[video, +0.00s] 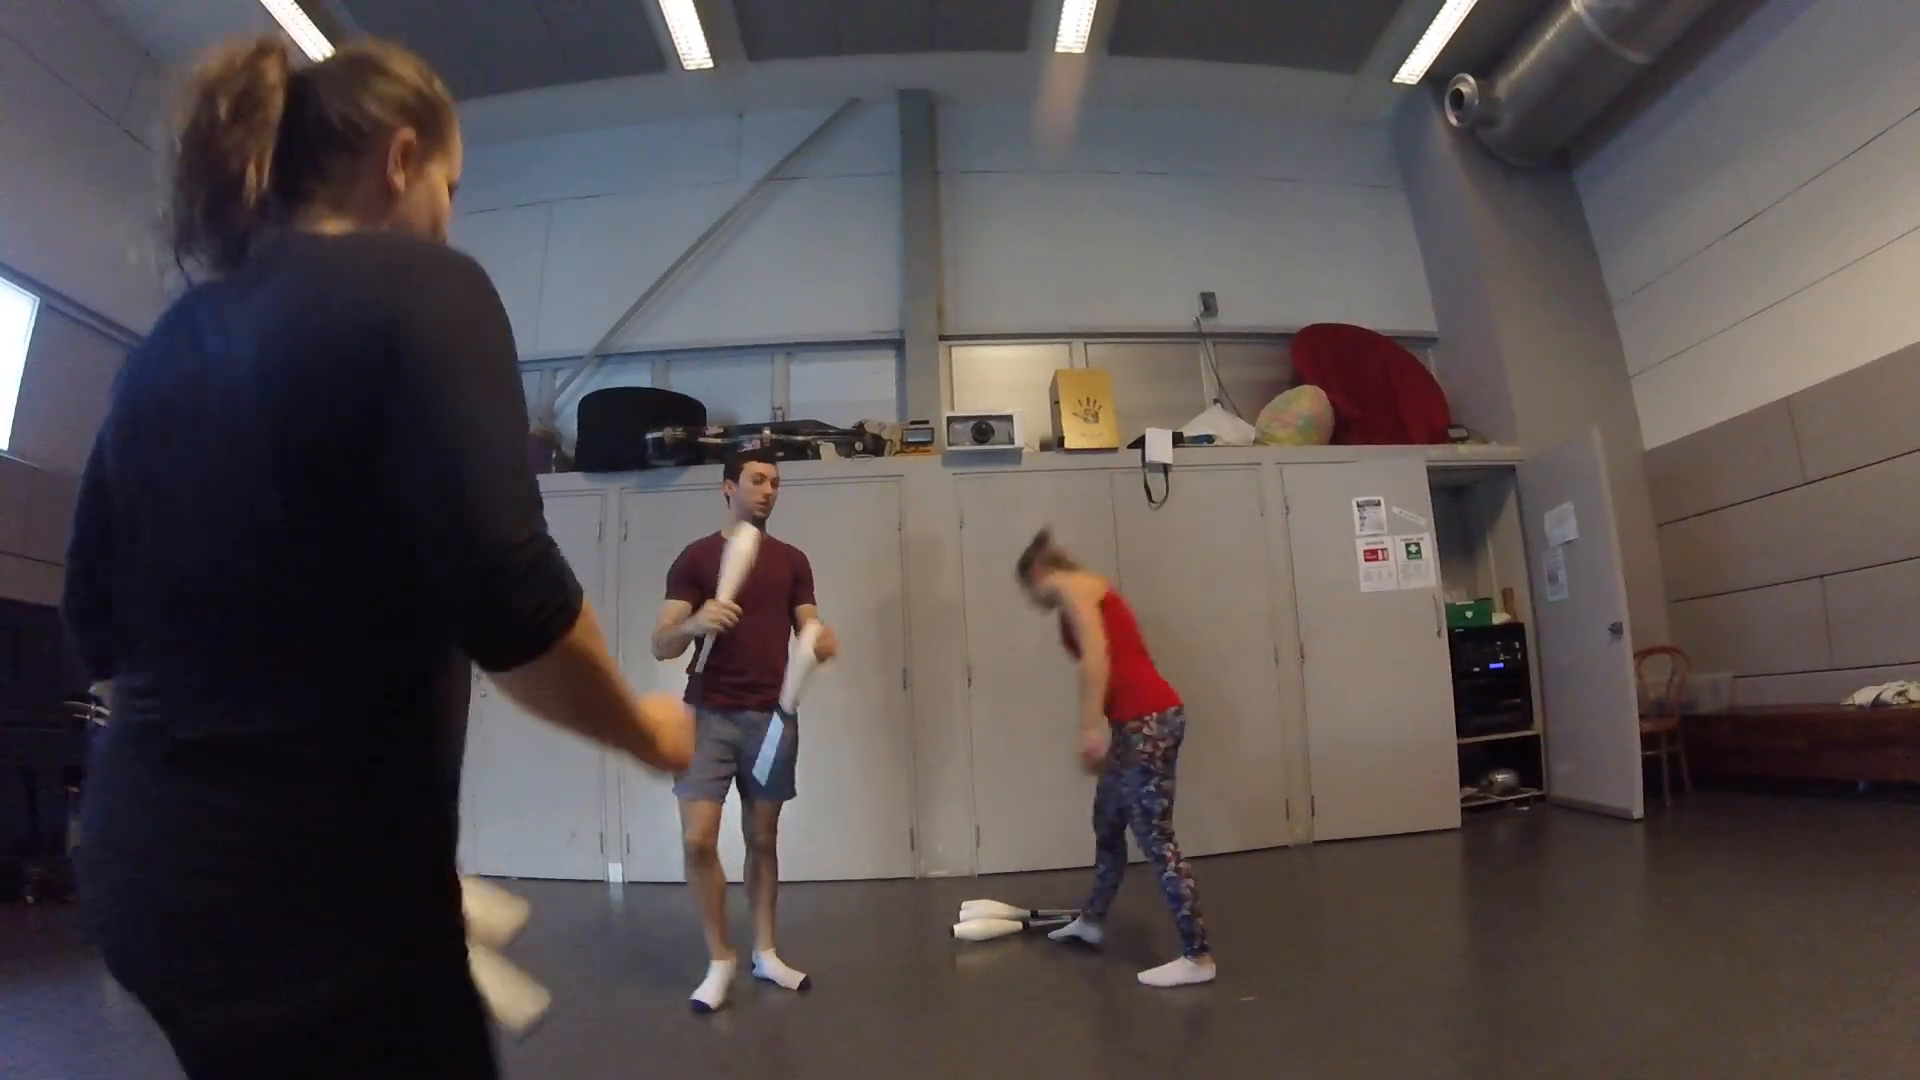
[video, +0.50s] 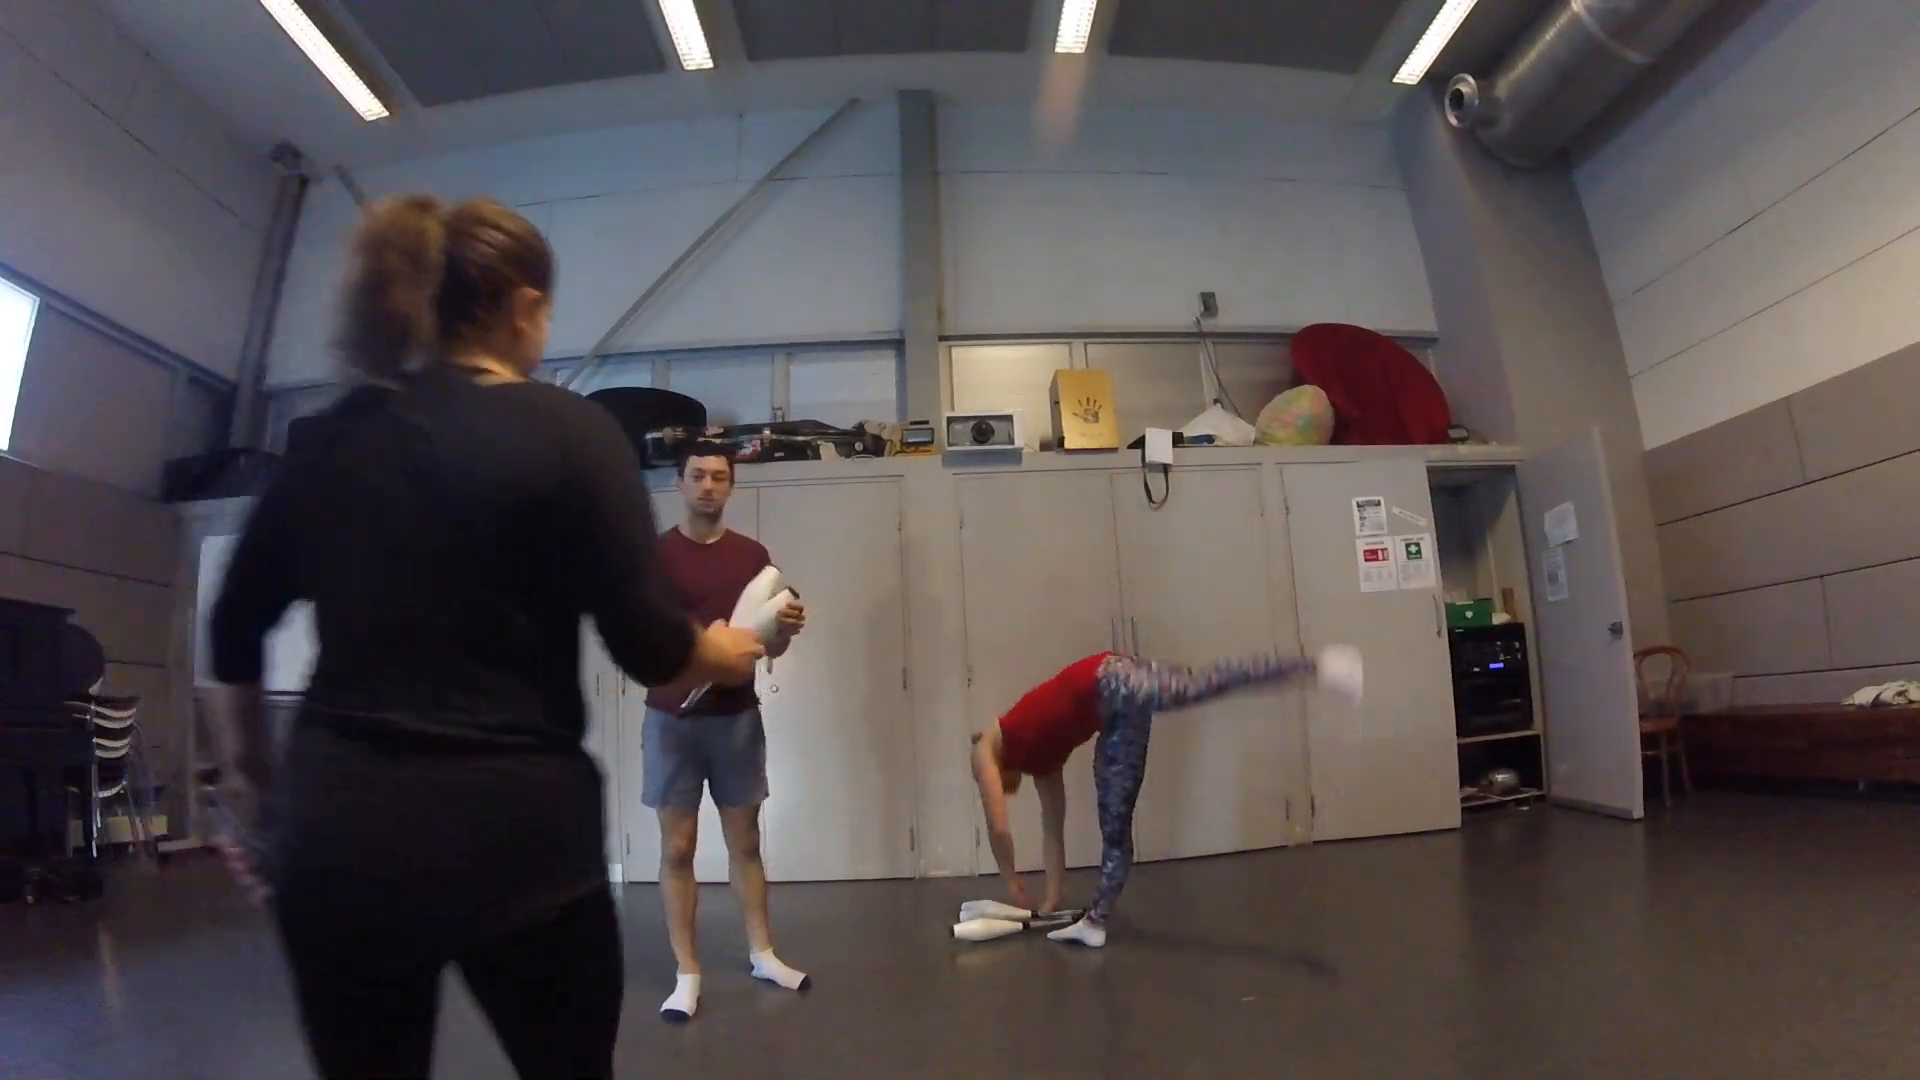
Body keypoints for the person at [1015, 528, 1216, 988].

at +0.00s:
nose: (1035, 596)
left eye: (1032, 586)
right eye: (1032, 589)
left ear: (1041, 572)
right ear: (1056, 564)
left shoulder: (1075, 585)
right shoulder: (1090, 589)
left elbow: (1096, 651)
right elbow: (1117, 662)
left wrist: (1093, 722)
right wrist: (1114, 732)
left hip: (1150, 720)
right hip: (1134, 722)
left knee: (1153, 833)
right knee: (1109, 820)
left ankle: (1198, 954)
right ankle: (1092, 920)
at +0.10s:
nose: (1004, 639)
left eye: (1000, 629)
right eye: (999, 633)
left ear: (1010, 612)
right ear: (1018, 609)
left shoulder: (1040, 613)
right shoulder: (1054, 629)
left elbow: (1067, 671)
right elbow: (1096, 709)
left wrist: (1057, 745)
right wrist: (1100, 764)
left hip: (1145, 715)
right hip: (1121, 726)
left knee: (1157, 829)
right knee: (1100, 819)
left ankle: (1195, 948)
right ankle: (1090, 923)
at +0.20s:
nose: (989, 693)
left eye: (981, 683)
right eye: (982, 687)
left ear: (983, 660)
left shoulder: (1006, 651)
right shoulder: (1032, 670)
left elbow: (1034, 705)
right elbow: (1061, 751)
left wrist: (1033, 779)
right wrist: (1072, 825)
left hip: (1136, 703)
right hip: (1120, 717)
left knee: (1168, 812)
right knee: (1098, 817)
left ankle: (1216, 923)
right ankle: (1091, 922)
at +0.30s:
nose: (985, 734)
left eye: (978, 724)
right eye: (980, 728)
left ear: (977, 701)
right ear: (996, 702)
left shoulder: (986, 694)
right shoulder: (1035, 716)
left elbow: (1010, 757)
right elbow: (1049, 787)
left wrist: (1016, 817)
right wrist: (1053, 860)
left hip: (1126, 692)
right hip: (1121, 708)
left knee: (1179, 775)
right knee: (1103, 817)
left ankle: (1281, 854)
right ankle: (1092, 922)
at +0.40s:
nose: (992, 764)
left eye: (979, 754)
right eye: (988, 759)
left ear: (978, 734)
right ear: (1001, 743)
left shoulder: (985, 727)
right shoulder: (1038, 744)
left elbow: (997, 799)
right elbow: (1045, 815)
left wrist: (1005, 857)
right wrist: (1047, 883)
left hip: (1116, 685)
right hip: (1118, 705)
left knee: (1193, 728)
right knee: (1112, 820)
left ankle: (1316, 761)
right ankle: (1094, 924)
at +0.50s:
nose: (1004, 787)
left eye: (995, 777)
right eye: (1000, 782)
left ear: (991, 757)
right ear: (1010, 763)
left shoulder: (987, 746)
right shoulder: (1044, 756)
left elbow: (997, 826)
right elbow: (1052, 826)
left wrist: (1011, 881)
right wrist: (1049, 898)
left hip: (1113, 680)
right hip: (1119, 698)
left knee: (1200, 686)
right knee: (1114, 817)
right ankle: (1095, 922)